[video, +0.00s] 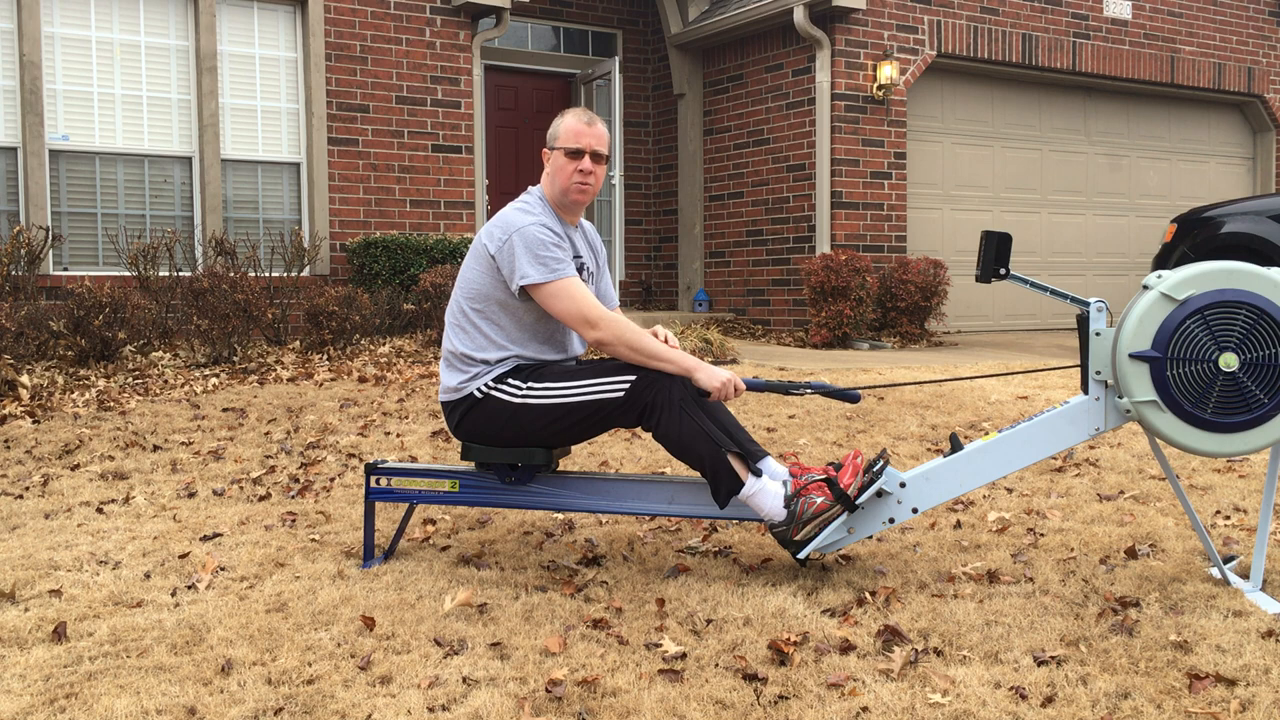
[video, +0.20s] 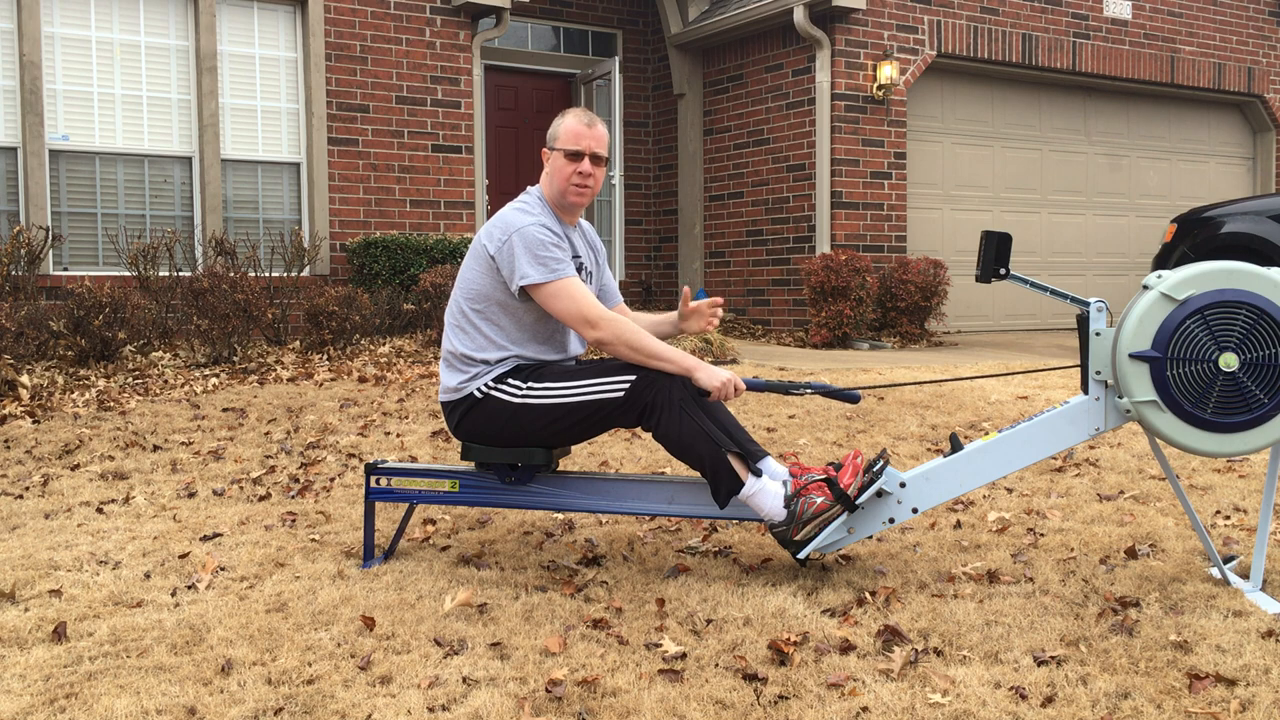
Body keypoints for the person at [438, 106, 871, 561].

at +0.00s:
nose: (586, 167)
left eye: (598, 158)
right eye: (573, 154)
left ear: (607, 169)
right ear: (545, 158)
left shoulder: (586, 239)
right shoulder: (523, 226)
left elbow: (608, 328)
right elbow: (594, 326)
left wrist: (674, 356)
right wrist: (699, 369)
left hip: (540, 376)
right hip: (487, 391)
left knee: (675, 378)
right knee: (652, 386)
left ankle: (788, 485)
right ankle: (777, 510)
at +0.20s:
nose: (585, 170)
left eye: (597, 161)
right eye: (573, 156)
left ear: (606, 170)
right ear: (545, 158)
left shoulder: (583, 236)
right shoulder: (523, 226)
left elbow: (614, 322)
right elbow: (594, 327)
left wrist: (676, 323)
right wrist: (697, 369)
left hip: (540, 376)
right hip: (487, 391)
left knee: (675, 377)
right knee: (651, 386)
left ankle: (787, 484)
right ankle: (777, 510)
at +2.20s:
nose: (592, 168)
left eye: (603, 160)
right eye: (580, 154)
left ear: (610, 171)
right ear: (548, 157)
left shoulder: (587, 239)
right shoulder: (524, 226)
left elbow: (636, 319)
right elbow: (593, 327)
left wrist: (693, 300)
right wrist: (698, 370)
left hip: (540, 377)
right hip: (487, 391)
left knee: (675, 377)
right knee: (650, 387)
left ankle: (787, 485)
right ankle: (776, 510)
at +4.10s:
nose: (595, 167)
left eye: (605, 159)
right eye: (582, 153)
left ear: (611, 171)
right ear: (550, 158)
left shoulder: (587, 238)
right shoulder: (526, 225)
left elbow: (644, 318)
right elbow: (593, 328)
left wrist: (653, 279)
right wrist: (699, 371)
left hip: (539, 376)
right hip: (486, 390)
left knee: (675, 378)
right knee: (650, 388)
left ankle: (786, 483)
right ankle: (775, 510)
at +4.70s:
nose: (595, 168)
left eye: (606, 161)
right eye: (583, 155)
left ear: (612, 173)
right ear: (552, 159)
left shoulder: (592, 237)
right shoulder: (525, 227)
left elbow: (651, 293)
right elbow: (596, 329)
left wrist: (710, 304)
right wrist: (700, 372)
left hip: (539, 376)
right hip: (486, 390)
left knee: (675, 378)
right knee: (650, 388)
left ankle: (785, 484)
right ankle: (776, 509)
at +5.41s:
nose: (592, 168)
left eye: (603, 159)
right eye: (580, 154)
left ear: (610, 171)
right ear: (549, 159)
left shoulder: (592, 236)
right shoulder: (525, 226)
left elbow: (661, 288)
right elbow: (594, 327)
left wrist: (745, 278)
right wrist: (699, 370)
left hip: (541, 376)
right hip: (487, 391)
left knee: (675, 379)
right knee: (651, 388)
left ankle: (788, 485)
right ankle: (776, 510)